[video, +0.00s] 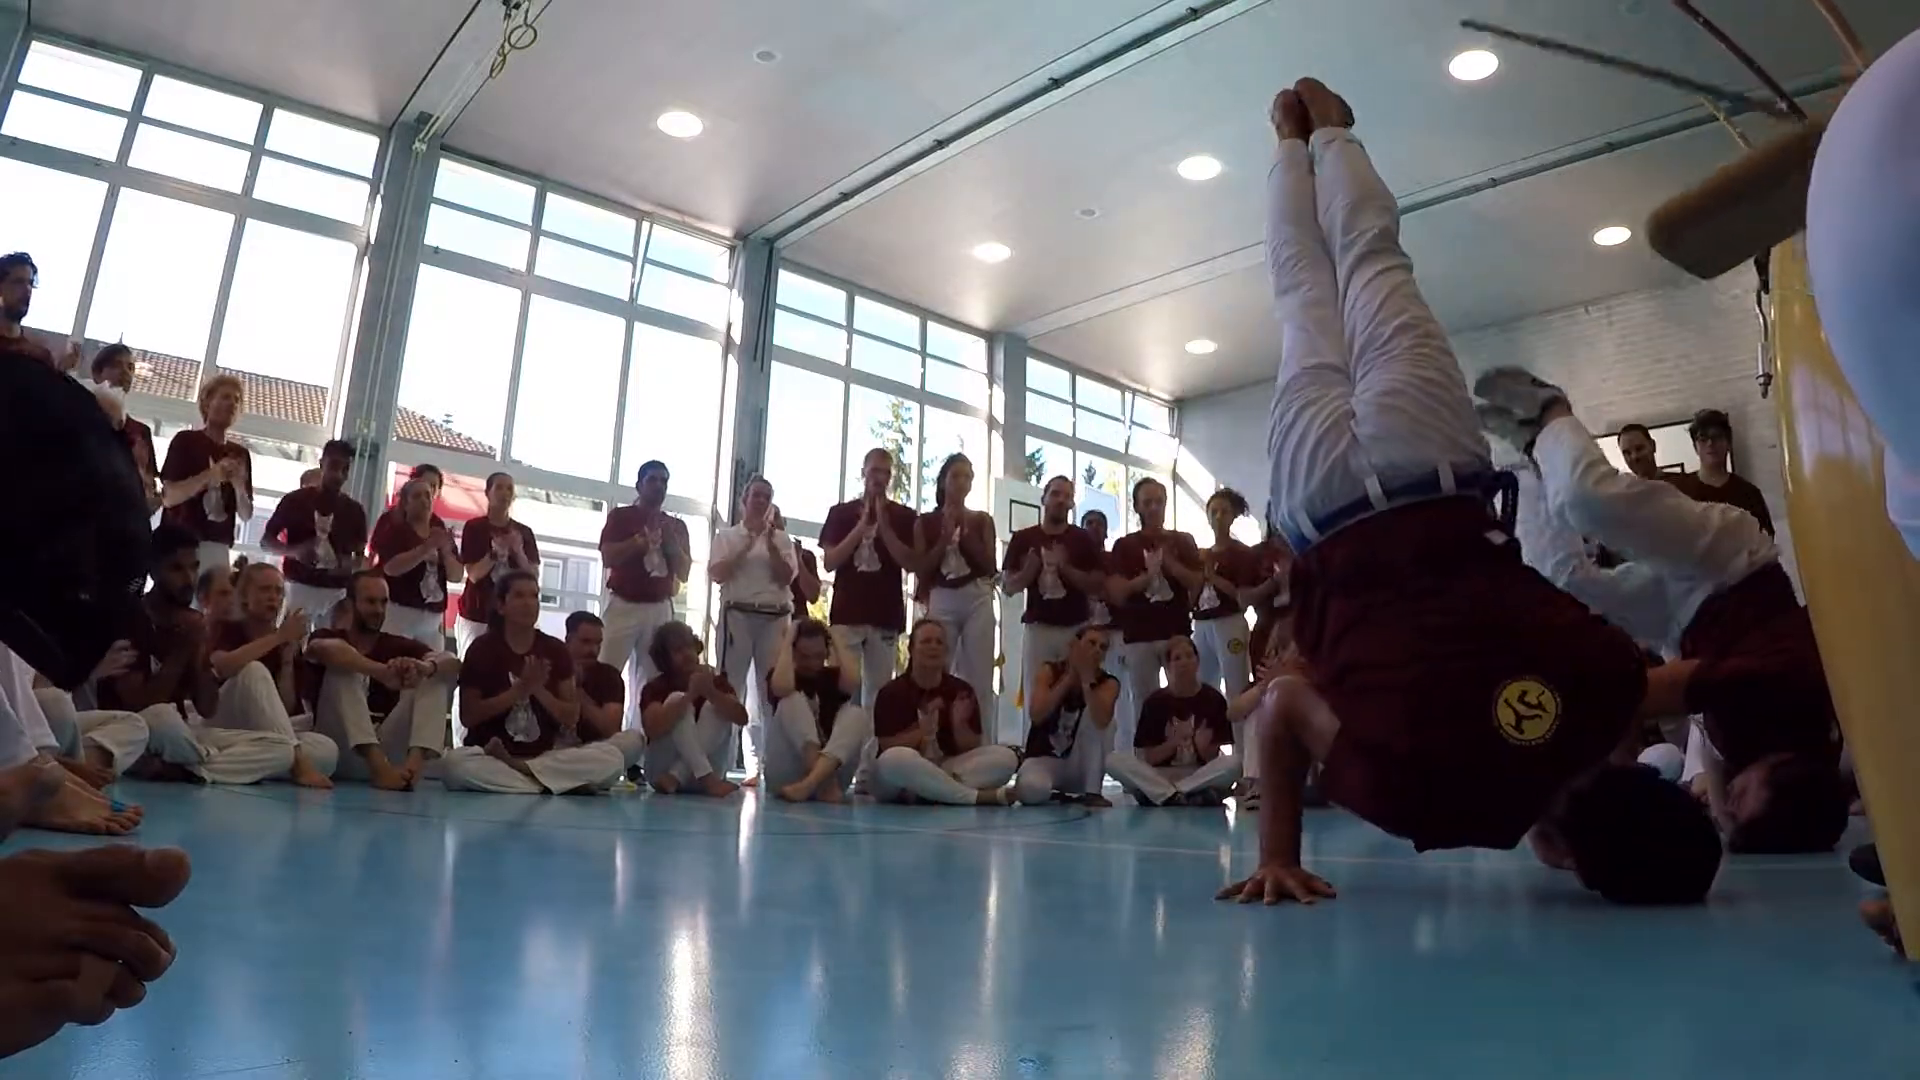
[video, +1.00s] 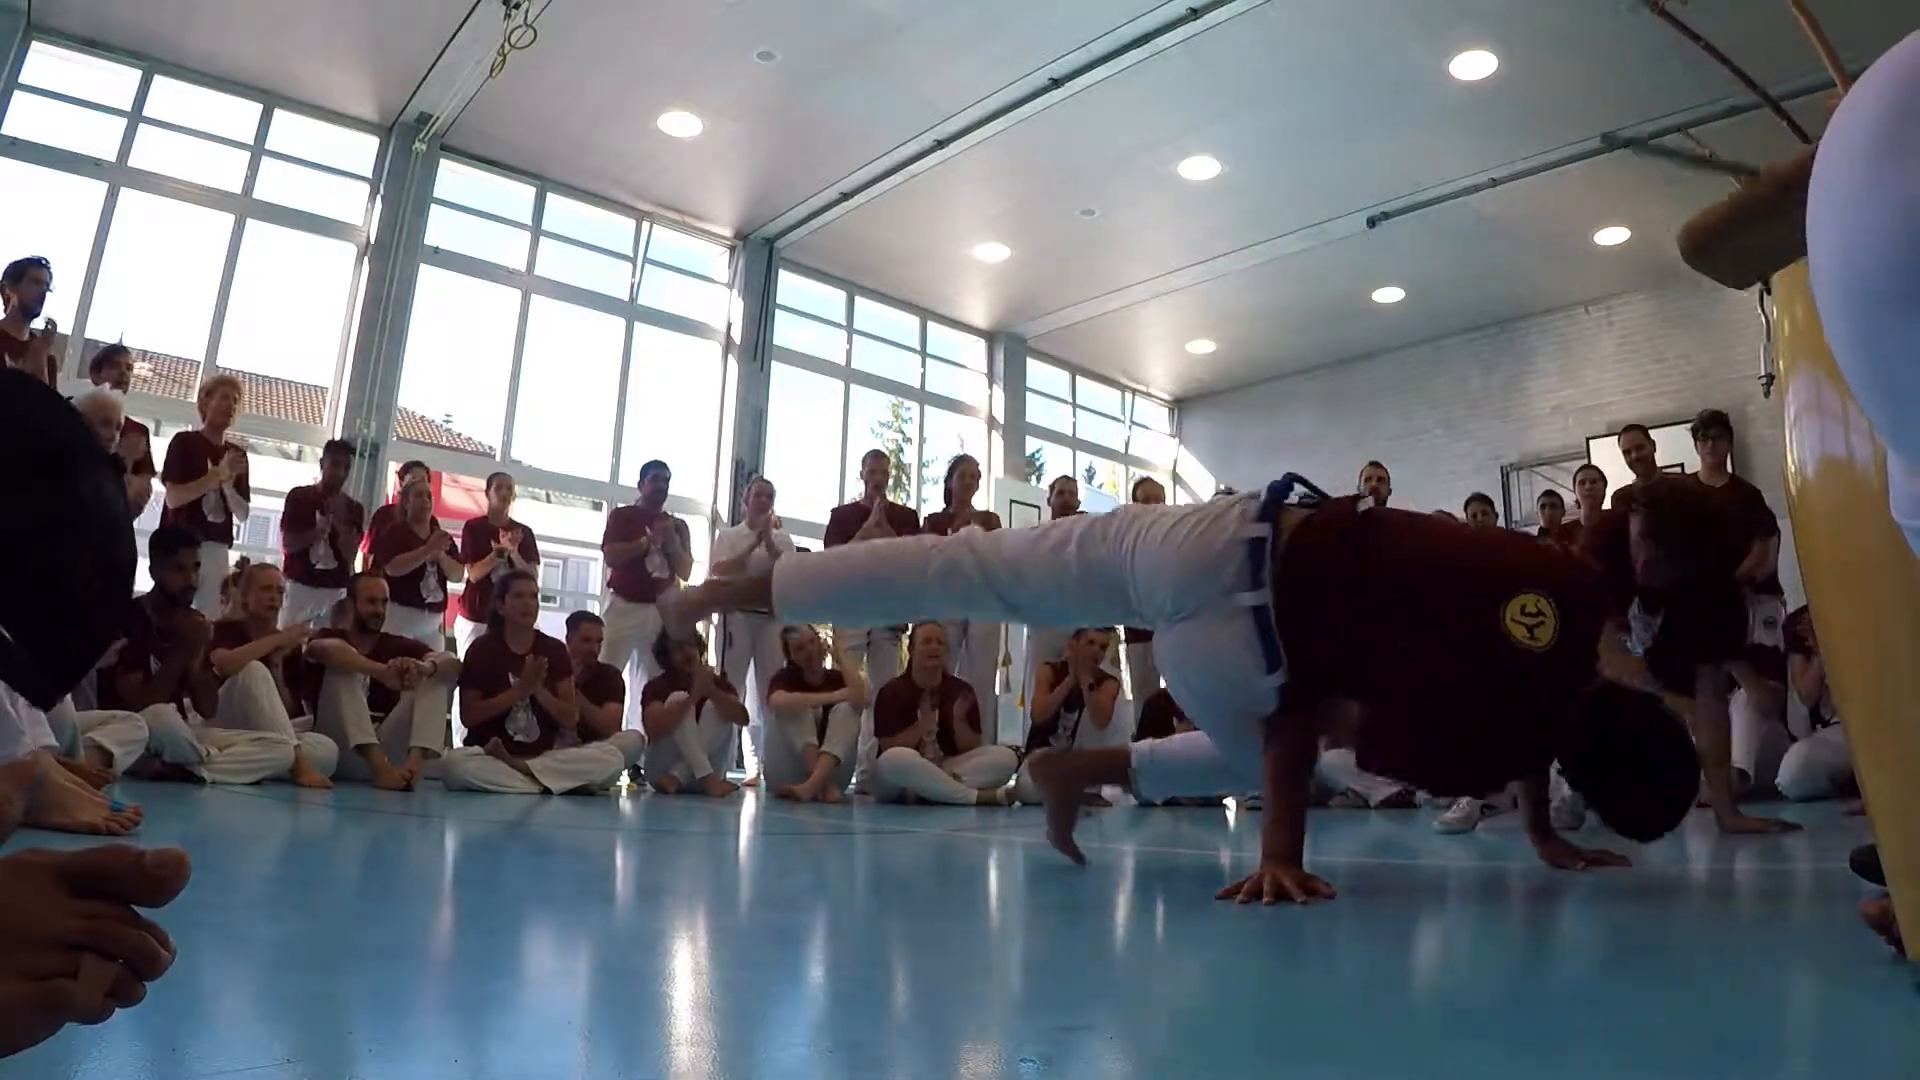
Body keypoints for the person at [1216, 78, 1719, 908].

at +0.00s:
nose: (1550, 876)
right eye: (1570, 875)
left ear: (1651, 796)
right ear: (1564, 854)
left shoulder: (1614, 694)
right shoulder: (1425, 794)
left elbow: (1690, 682)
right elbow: (1282, 699)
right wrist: (1277, 858)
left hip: (1453, 494)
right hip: (1328, 527)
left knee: (1375, 263)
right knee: (1307, 312)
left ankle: (1333, 132)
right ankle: (1290, 144)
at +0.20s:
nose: (1557, 878)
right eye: (1578, 877)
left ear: (1657, 792)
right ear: (1571, 854)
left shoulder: (1613, 688)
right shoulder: (1425, 802)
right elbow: (1282, 697)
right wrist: (1277, 858)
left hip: (1439, 479)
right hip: (1312, 520)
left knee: (1391, 301)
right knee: (1309, 345)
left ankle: (1313, 122)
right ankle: (1273, 158)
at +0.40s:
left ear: (1677, 797)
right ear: (1597, 859)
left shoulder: (1611, 681)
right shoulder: (1427, 815)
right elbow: (1281, 707)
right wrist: (1277, 859)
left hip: (1401, 500)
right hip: (1272, 559)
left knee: (1392, 336)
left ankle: (1249, 239)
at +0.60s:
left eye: (1707, 780)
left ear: (1655, 787)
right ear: (1605, 863)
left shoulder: (1611, 662)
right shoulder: (1446, 822)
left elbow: (1470, 595)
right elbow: (1296, 713)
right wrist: (1277, 859)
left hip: (1317, 520)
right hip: (1243, 631)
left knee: (1269, 299)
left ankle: (1153, 369)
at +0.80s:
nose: (1594, 866)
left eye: (1625, 859)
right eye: (1616, 864)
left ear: (1658, 738)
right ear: (1604, 845)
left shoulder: (1604, 644)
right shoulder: (1492, 801)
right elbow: (1319, 723)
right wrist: (1281, 854)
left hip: (1300, 527)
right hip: (1259, 650)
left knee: (1092, 436)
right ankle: (1122, 762)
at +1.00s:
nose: (1596, 814)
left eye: (1616, 807)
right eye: (1610, 812)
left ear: (1626, 683)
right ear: (1594, 793)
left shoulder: (1560, 587)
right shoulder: (1492, 743)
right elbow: (1309, 720)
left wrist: (1538, 829)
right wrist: (1283, 856)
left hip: (1225, 546)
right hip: (1239, 666)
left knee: (984, 573)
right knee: (1256, 771)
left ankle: (731, 590)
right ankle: (1091, 768)